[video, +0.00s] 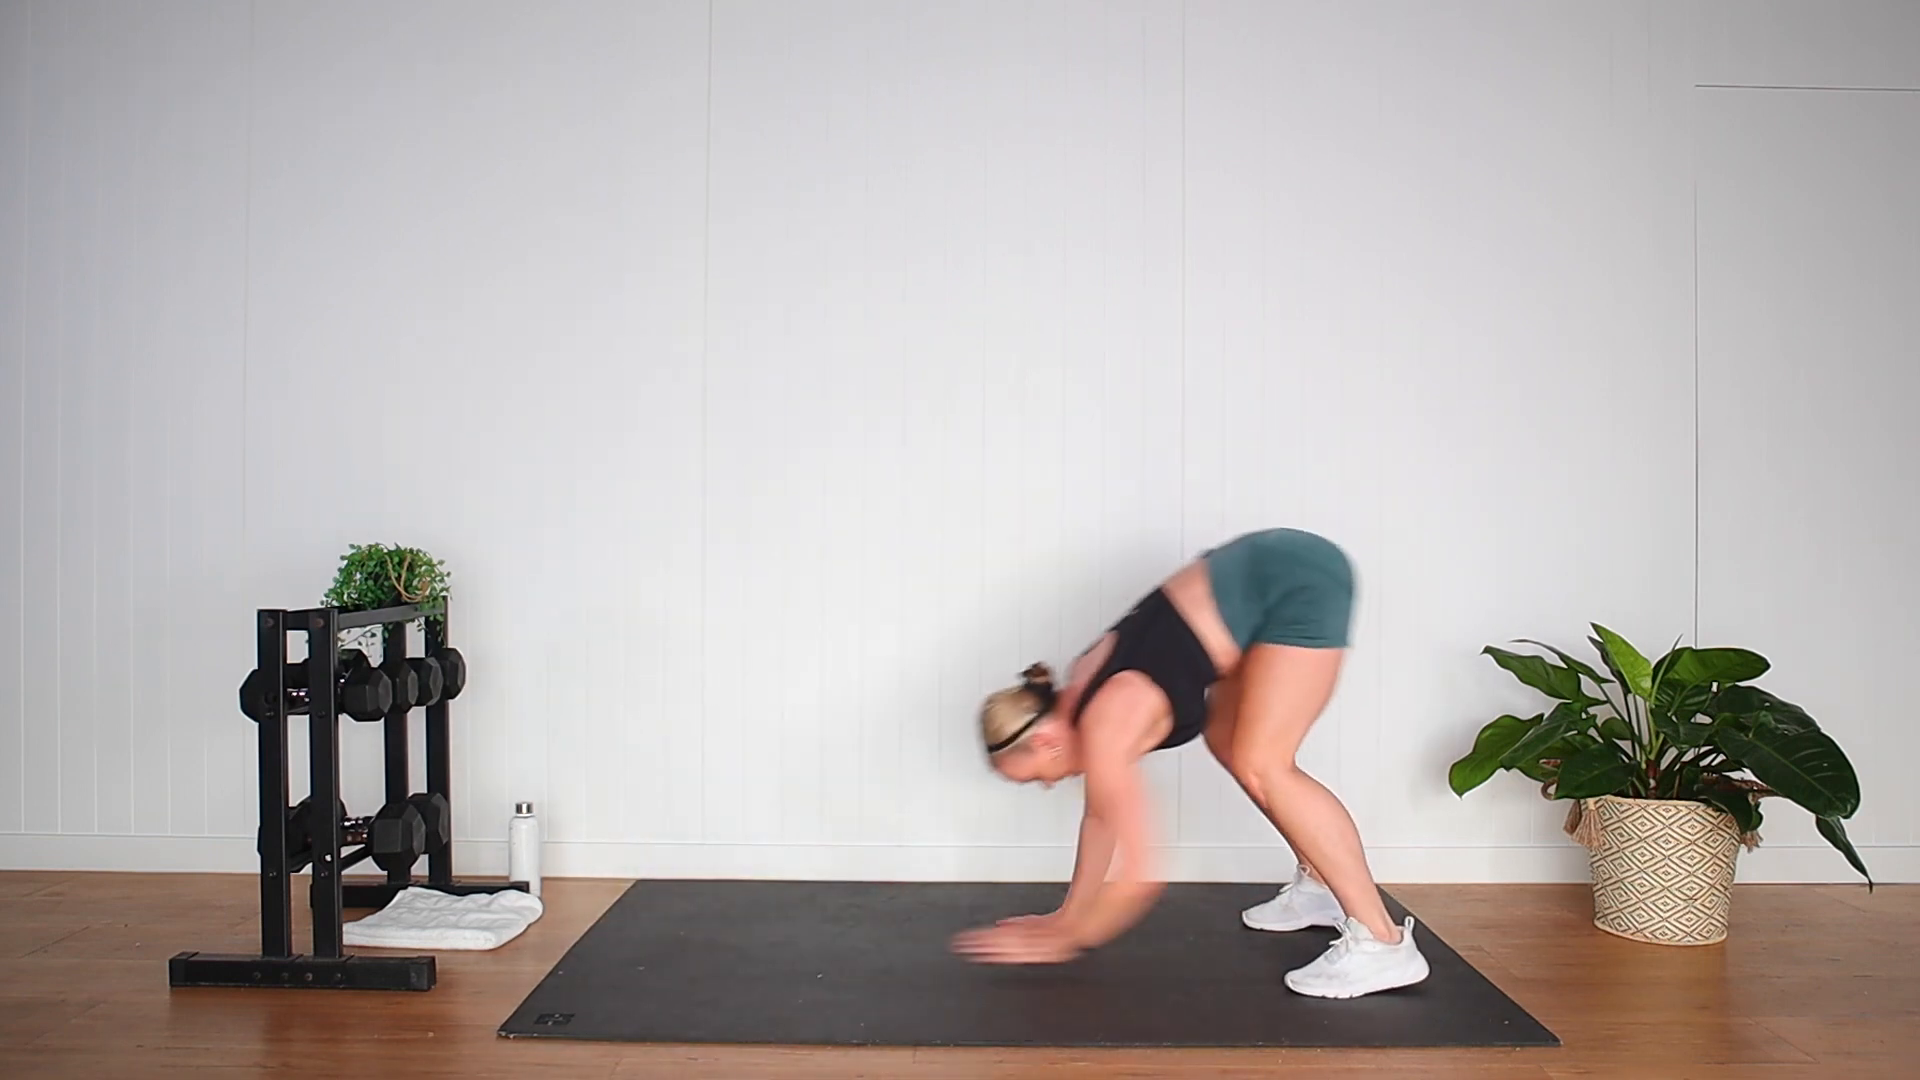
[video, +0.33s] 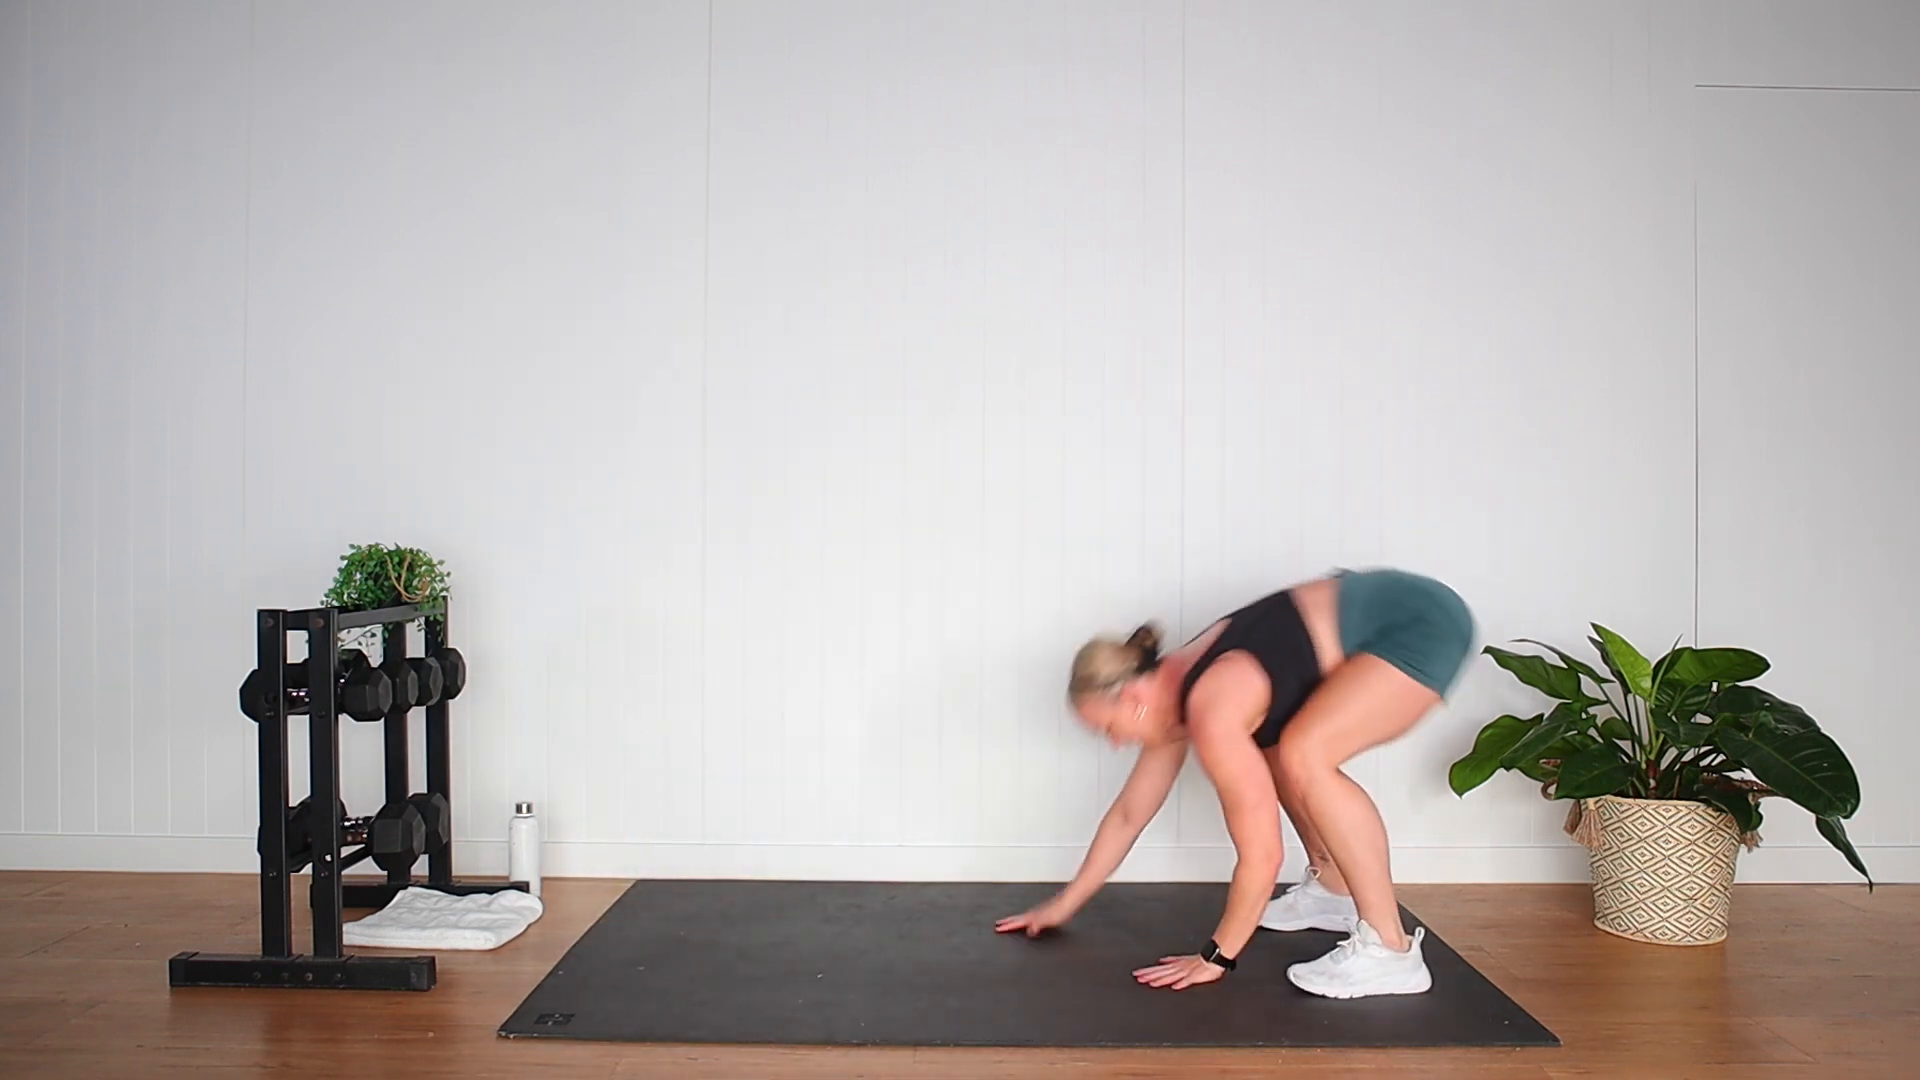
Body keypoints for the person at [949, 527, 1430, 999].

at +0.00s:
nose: (1045, 785)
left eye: (1034, 776)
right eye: (1031, 781)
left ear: (1045, 739)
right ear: (1045, 731)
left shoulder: (1105, 729)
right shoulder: (1079, 702)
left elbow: (1142, 873)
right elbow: (1102, 820)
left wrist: (1071, 938)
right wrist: (1069, 919)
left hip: (1303, 580)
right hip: (1266, 577)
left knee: (1261, 762)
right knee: (1227, 738)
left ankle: (1383, 937)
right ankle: (1326, 881)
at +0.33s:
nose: (1115, 742)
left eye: (1109, 728)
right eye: (1105, 733)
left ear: (1137, 696)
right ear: (1137, 690)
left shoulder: (1214, 710)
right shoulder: (1174, 689)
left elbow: (1263, 854)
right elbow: (1129, 815)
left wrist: (1216, 958)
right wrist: (1064, 906)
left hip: (1423, 623)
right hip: (1380, 617)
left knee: (1307, 755)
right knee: (1279, 749)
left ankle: (1391, 948)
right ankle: (1335, 893)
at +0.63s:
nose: (1144, 493)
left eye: (1151, 476)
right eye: (1141, 479)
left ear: (1197, 468)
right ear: (1194, 469)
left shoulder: (1250, 534)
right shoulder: (1222, 529)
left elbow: (1237, 672)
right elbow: (1221, 651)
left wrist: (1153, 617)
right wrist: (1151, 611)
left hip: (1452, 614)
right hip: (1400, 614)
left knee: (1327, 748)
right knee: (1286, 725)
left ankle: (1392, 946)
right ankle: (1336, 889)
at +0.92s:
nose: (1197, 285)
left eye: (1206, 267)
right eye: (1195, 270)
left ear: (1256, 263)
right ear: (1242, 269)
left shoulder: (1289, 344)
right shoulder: (1246, 359)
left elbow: (1232, 469)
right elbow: (1206, 457)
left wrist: (1132, 466)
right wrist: (1125, 460)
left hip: (1399, 541)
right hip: (1353, 547)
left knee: (1362, 738)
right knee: (1321, 723)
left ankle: (1394, 944)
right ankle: (1337, 883)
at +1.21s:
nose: (1136, 315)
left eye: (1145, 298)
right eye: (1135, 301)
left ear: (1195, 293)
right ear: (1188, 298)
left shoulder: (1245, 353)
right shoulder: (1220, 367)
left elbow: (1377, 349)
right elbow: (1332, 387)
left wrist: (1499, 338)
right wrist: (1419, 404)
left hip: (1377, 543)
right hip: (1329, 551)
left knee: (1345, 740)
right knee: (1306, 722)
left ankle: (1392, 944)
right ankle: (1338, 883)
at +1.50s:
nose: (1096, 375)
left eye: (1104, 358)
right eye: (1096, 360)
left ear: (1152, 358)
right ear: (1152, 361)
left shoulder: (1192, 440)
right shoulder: (1178, 437)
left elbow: (1169, 582)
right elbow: (1161, 570)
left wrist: (1108, 665)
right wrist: (1113, 653)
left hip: (1329, 608)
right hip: (1292, 610)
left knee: (1243, 777)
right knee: (1223, 759)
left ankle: (1378, 937)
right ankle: (1327, 888)